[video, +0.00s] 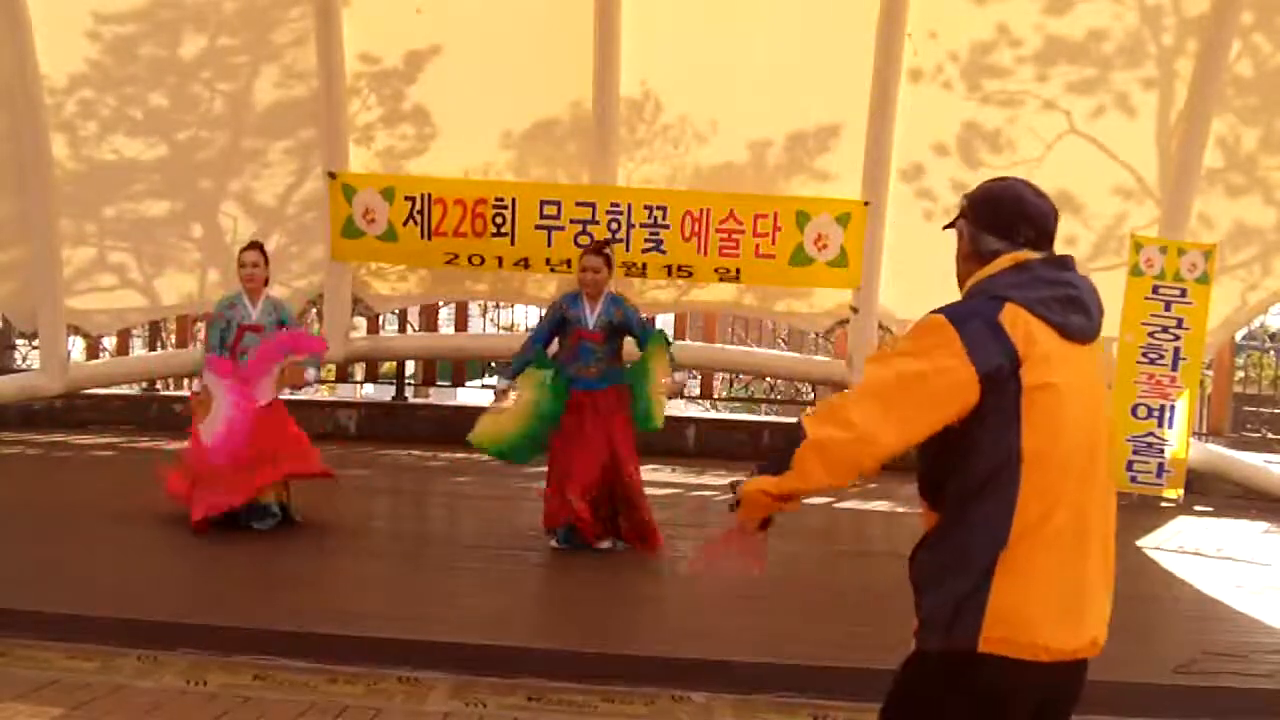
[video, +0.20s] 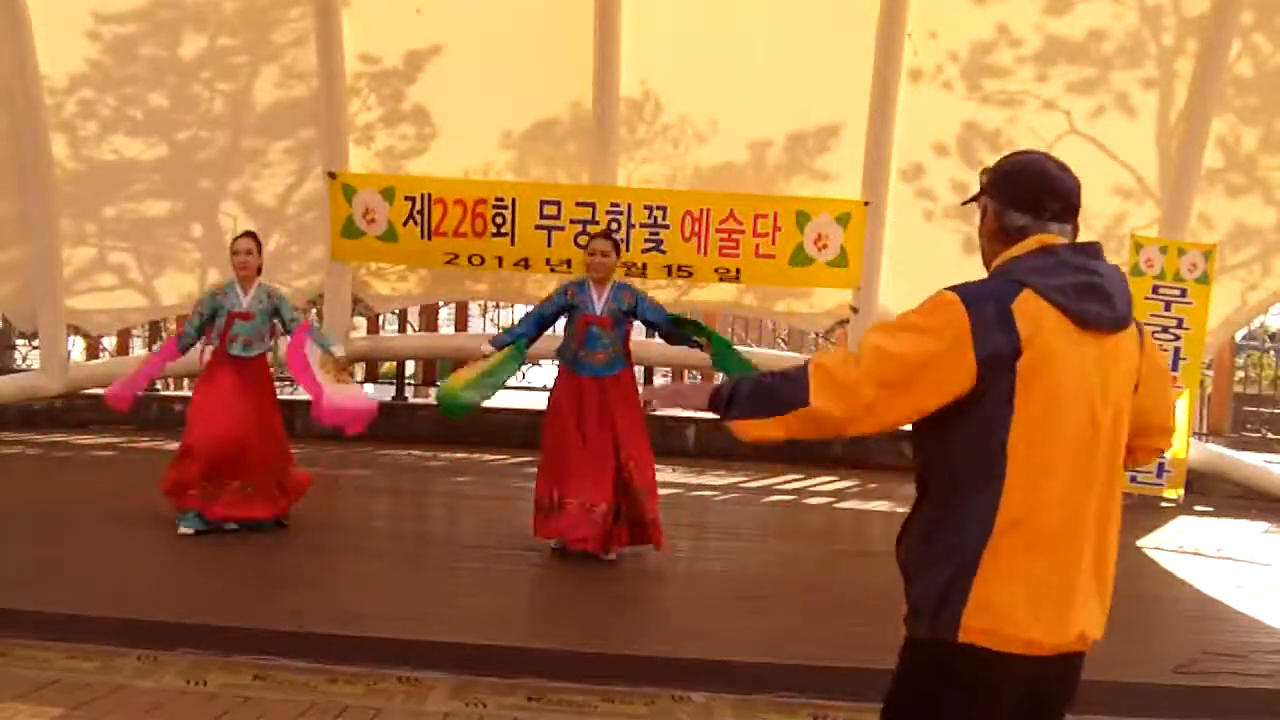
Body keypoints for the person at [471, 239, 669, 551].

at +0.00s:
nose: (589, 277)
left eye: (596, 271)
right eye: (584, 270)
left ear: (609, 275)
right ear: (578, 273)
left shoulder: (619, 308)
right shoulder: (565, 305)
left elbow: (650, 339)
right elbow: (536, 342)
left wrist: (656, 372)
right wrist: (509, 376)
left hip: (609, 391)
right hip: (571, 392)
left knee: (609, 457)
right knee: (568, 458)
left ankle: (606, 528)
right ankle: (565, 525)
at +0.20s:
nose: (597, 260)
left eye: (605, 255)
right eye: (592, 254)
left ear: (616, 260)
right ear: (584, 257)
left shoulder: (629, 296)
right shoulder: (570, 293)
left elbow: (665, 324)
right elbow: (533, 323)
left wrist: (698, 337)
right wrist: (495, 344)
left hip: (614, 388)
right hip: (573, 386)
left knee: (615, 457)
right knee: (570, 456)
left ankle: (609, 537)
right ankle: (568, 533)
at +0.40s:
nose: (603, 249)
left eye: (610, 244)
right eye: (598, 243)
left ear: (623, 252)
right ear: (589, 250)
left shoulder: (635, 286)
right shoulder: (575, 286)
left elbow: (676, 299)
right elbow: (531, 298)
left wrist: (709, 299)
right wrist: (485, 305)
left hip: (620, 381)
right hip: (580, 380)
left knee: (617, 455)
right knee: (575, 453)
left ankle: (611, 538)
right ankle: (574, 537)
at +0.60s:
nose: (604, 247)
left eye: (611, 243)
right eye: (598, 242)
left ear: (623, 252)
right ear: (590, 249)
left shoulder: (636, 285)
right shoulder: (575, 283)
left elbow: (678, 281)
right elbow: (528, 273)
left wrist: (715, 269)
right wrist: (483, 255)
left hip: (622, 380)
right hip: (583, 379)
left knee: (618, 455)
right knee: (586, 456)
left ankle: (608, 541)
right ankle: (590, 544)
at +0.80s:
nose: (604, 247)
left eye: (612, 241)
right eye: (598, 241)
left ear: (624, 250)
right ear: (588, 248)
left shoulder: (634, 283)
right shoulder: (576, 280)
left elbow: (676, 268)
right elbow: (538, 252)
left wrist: (712, 246)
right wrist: (499, 215)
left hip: (622, 380)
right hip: (581, 379)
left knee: (620, 459)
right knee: (584, 458)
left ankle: (617, 549)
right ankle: (591, 547)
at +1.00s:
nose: (605, 247)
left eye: (613, 242)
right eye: (598, 241)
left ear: (624, 251)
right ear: (588, 248)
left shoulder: (634, 286)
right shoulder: (577, 281)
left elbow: (670, 259)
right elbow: (548, 240)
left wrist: (692, 219)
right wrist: (528, 190)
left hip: (624, 386)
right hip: (583, 385)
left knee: (625, 464)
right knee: (586, 465)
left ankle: (620, 551)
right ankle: (594, 555)